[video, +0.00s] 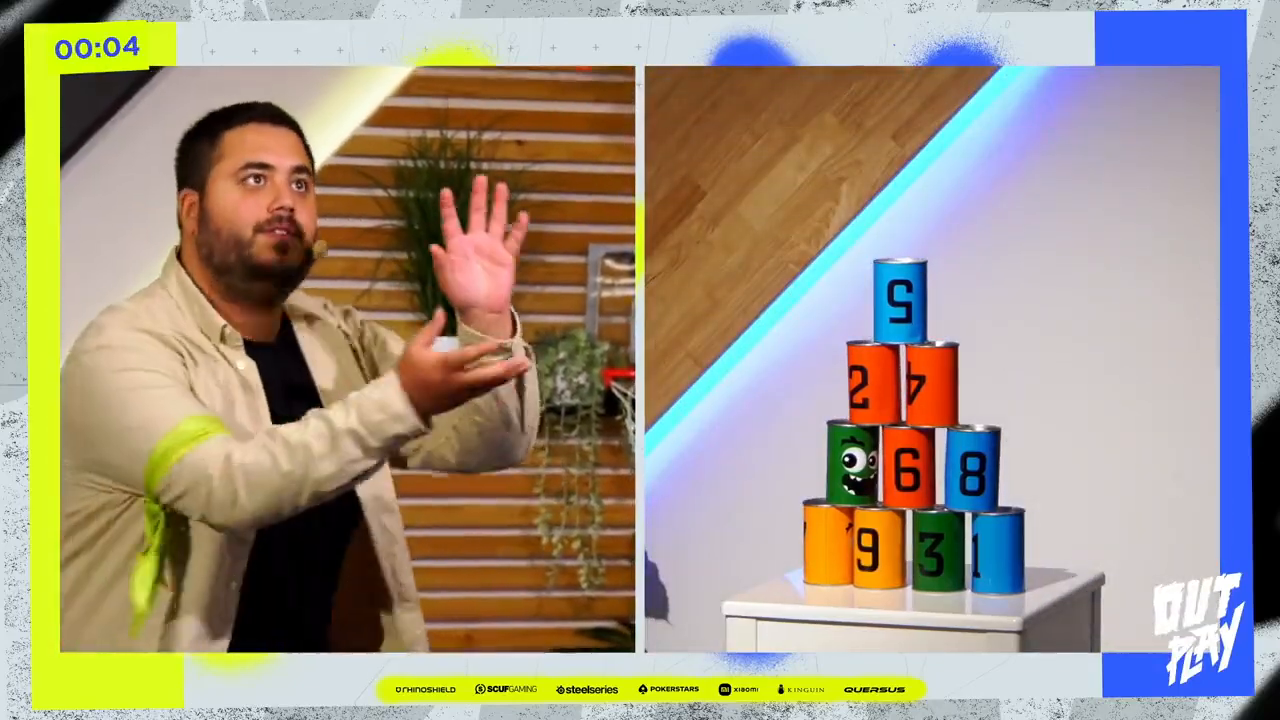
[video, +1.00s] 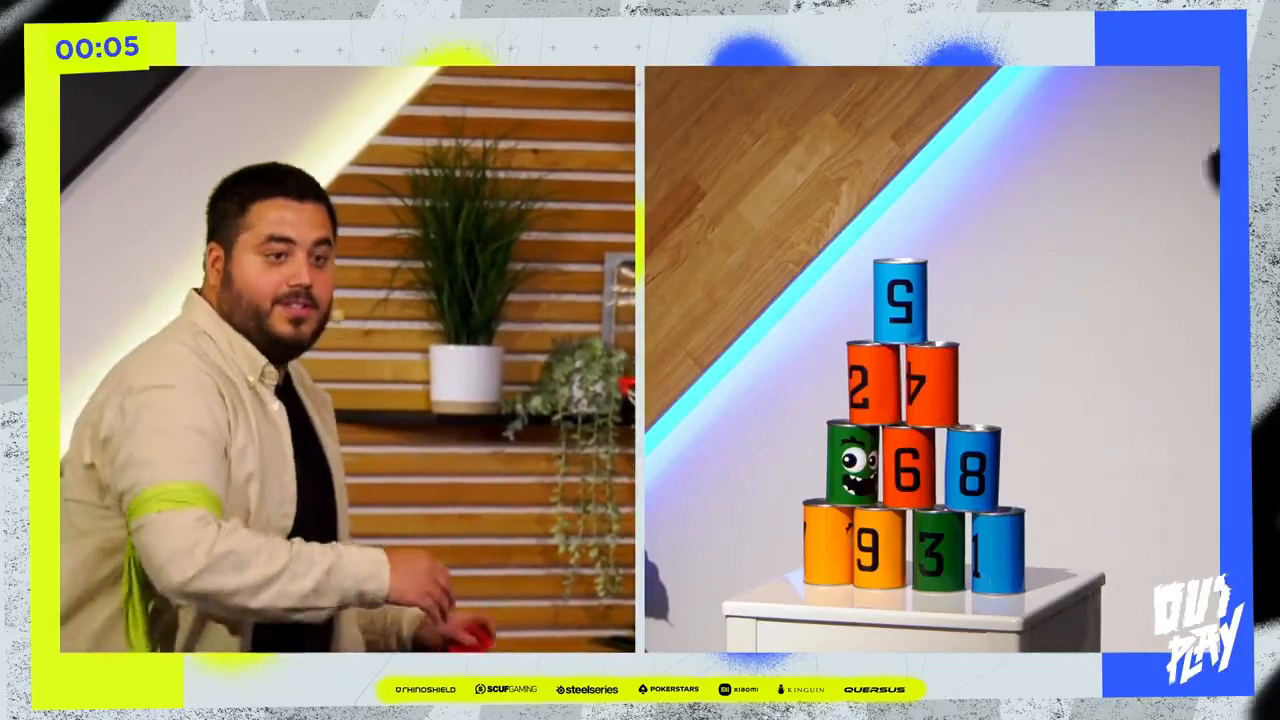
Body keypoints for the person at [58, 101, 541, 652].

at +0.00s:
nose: (286, 203)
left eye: (301, 184)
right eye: (253, 180)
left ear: (315, 217)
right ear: (191, 211)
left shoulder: (347, 343)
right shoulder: (119, 355)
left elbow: (493, 443)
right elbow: (229, 488)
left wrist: (488, 323)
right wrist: (400, 404)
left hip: (321, 691)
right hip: (159, 691)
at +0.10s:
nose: (290, 220)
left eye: (304, 201)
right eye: (259, 195)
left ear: (318, 221)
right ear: (191, 219)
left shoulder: (334, 345)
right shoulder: (127, 362)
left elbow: (476, 483)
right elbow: (271, 500)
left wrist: (511, 385)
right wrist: (459, 401)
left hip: (322, 698)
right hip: (158, 702)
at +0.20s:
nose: (311, 279)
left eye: (321, 254)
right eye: (287, 249)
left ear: (329, 250)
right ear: (210, 235)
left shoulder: (327, 364)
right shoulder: (127, 375)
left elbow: (437, 532)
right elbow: (261, 551)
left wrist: (514, 510)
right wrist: (464, 488)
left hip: (296, 698)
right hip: (140, 700)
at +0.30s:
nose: (334, 357)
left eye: (350, 334)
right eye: (319, 328)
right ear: (251, 285)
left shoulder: (328, 389)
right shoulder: (143, 402)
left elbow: (393, 535)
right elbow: (217, 612)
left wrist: (464, 568)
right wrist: (427, 591)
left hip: (294, 695)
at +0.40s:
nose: (345, 389)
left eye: (362, 367)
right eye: (332, 359)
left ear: (376, 352)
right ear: (269, 311)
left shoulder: (333, 413)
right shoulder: (150, 417)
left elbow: (365, 572)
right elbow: (148, 628)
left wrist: (422, 624)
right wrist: (350, 665)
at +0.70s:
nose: (327, 327)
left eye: (345, 305)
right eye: (306, 296)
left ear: (356, 310)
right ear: (242, 281)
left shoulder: (311, 399)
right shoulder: (157, 403)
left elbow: (345, 556)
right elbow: (143, 617)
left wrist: (369, 637)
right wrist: (331, 639)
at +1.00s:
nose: (304, 277)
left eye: (320, 257)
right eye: (276, 253)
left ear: (333, 271)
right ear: (217, 265)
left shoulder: (299, 392)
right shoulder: (168, 381)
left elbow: (280, 604)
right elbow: (185, 558)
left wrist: (410, 627)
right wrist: (377, 571)